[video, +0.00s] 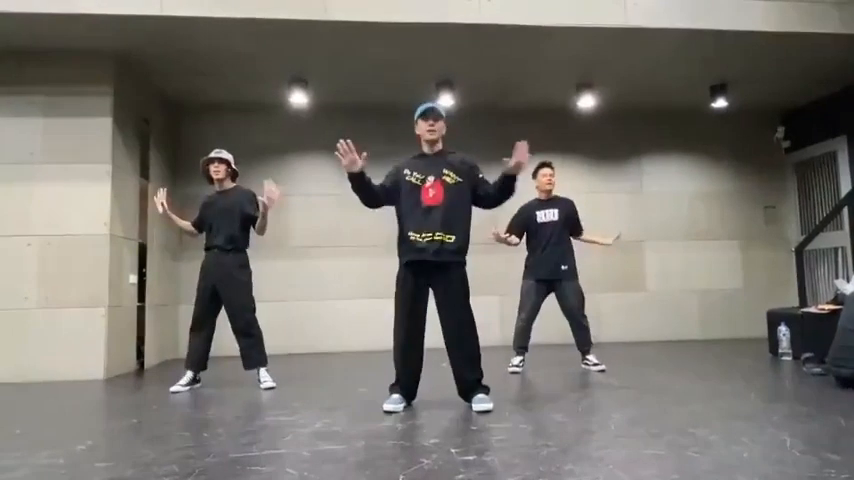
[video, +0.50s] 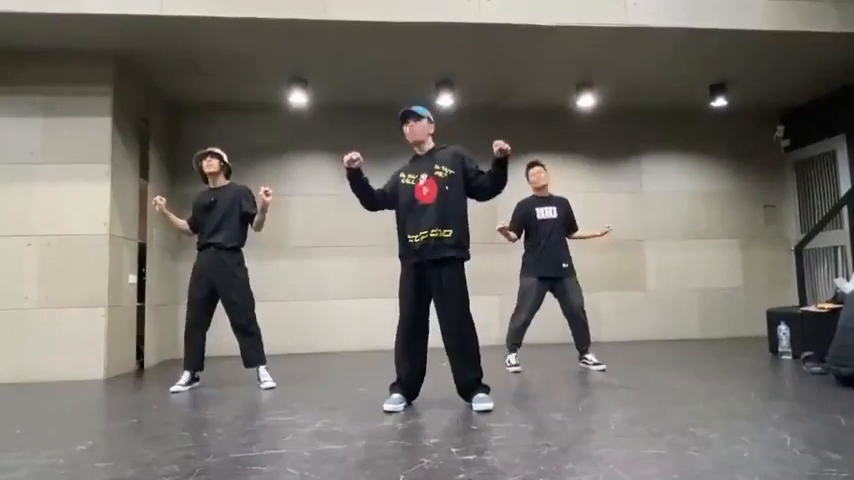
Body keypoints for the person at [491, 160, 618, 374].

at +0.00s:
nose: (549, 179)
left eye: (551, 176)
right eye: (544, 176)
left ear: (555, 180)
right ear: (535, 181)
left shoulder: (567, 205)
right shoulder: (527, 210)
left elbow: (577, 234)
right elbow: (515, 238)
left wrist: (602, 241)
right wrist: (504, 239)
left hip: (564, 273)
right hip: (536, 274)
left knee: (577, 313)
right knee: (525, 316)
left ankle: (587, 355)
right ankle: (518, 356)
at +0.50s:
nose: (538, 176)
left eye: (541, 172)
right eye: (533, 174)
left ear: (547, 176)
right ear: (529, 181)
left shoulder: (562, 203)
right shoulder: (524, 206)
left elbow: (571, 232)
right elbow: (513, 236)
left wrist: (597, 233)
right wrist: (505, 232)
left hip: (562, 269)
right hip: (534, 270)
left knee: (576, 309)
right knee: (524, 313)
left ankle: (585, 354)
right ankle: (512, 354)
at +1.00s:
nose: (550, 175)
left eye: (553, 172)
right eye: (546, 172)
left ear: (558, 175)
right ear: (538, 176)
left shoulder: (567, 203)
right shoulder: (528, 203)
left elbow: (578, 231)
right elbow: (518, 233)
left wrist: (604, 231)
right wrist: (508, 230)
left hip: (568, 268)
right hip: (539, 270)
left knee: (582, 309)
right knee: (532, 311)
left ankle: (590, 352)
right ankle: (525, 353)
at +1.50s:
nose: (548, 174)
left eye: (551, 171)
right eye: (543, 171)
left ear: (555, 176)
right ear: (535, 177)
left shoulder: (564, 201)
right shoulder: (525, 200)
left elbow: (591, 217)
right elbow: (511, 209)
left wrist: (577, 203)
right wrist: (508, 208)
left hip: (559, 267)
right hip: (531, 269)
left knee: (571, 307)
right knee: (529, 311)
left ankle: (582, 346)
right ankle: (538, 353)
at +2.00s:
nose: (544, 176)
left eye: (547, 172)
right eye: (540, 173)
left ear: (553, 175)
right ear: (533, 178)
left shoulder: (561, 198)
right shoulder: (536, 204)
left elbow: (566, 229)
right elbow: (535, 236)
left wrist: (566, 258)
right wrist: (530, 258)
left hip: (551, 263)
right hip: (531, 263)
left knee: (553, 308)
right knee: (533, 308)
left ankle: (564, 353)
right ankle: (544, 351)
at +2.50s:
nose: (549, 172)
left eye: (552, 167)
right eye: (545, 168)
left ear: (559, 170)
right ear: (539, 173)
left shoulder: (570, 194)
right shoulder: (542, 202)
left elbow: (593, 218)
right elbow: (539, 231)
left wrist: (579, 246)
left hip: (562, 258)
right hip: (541, 257)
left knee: (565, 305)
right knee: (517, 284)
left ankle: (570, 352)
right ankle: (540, 324)